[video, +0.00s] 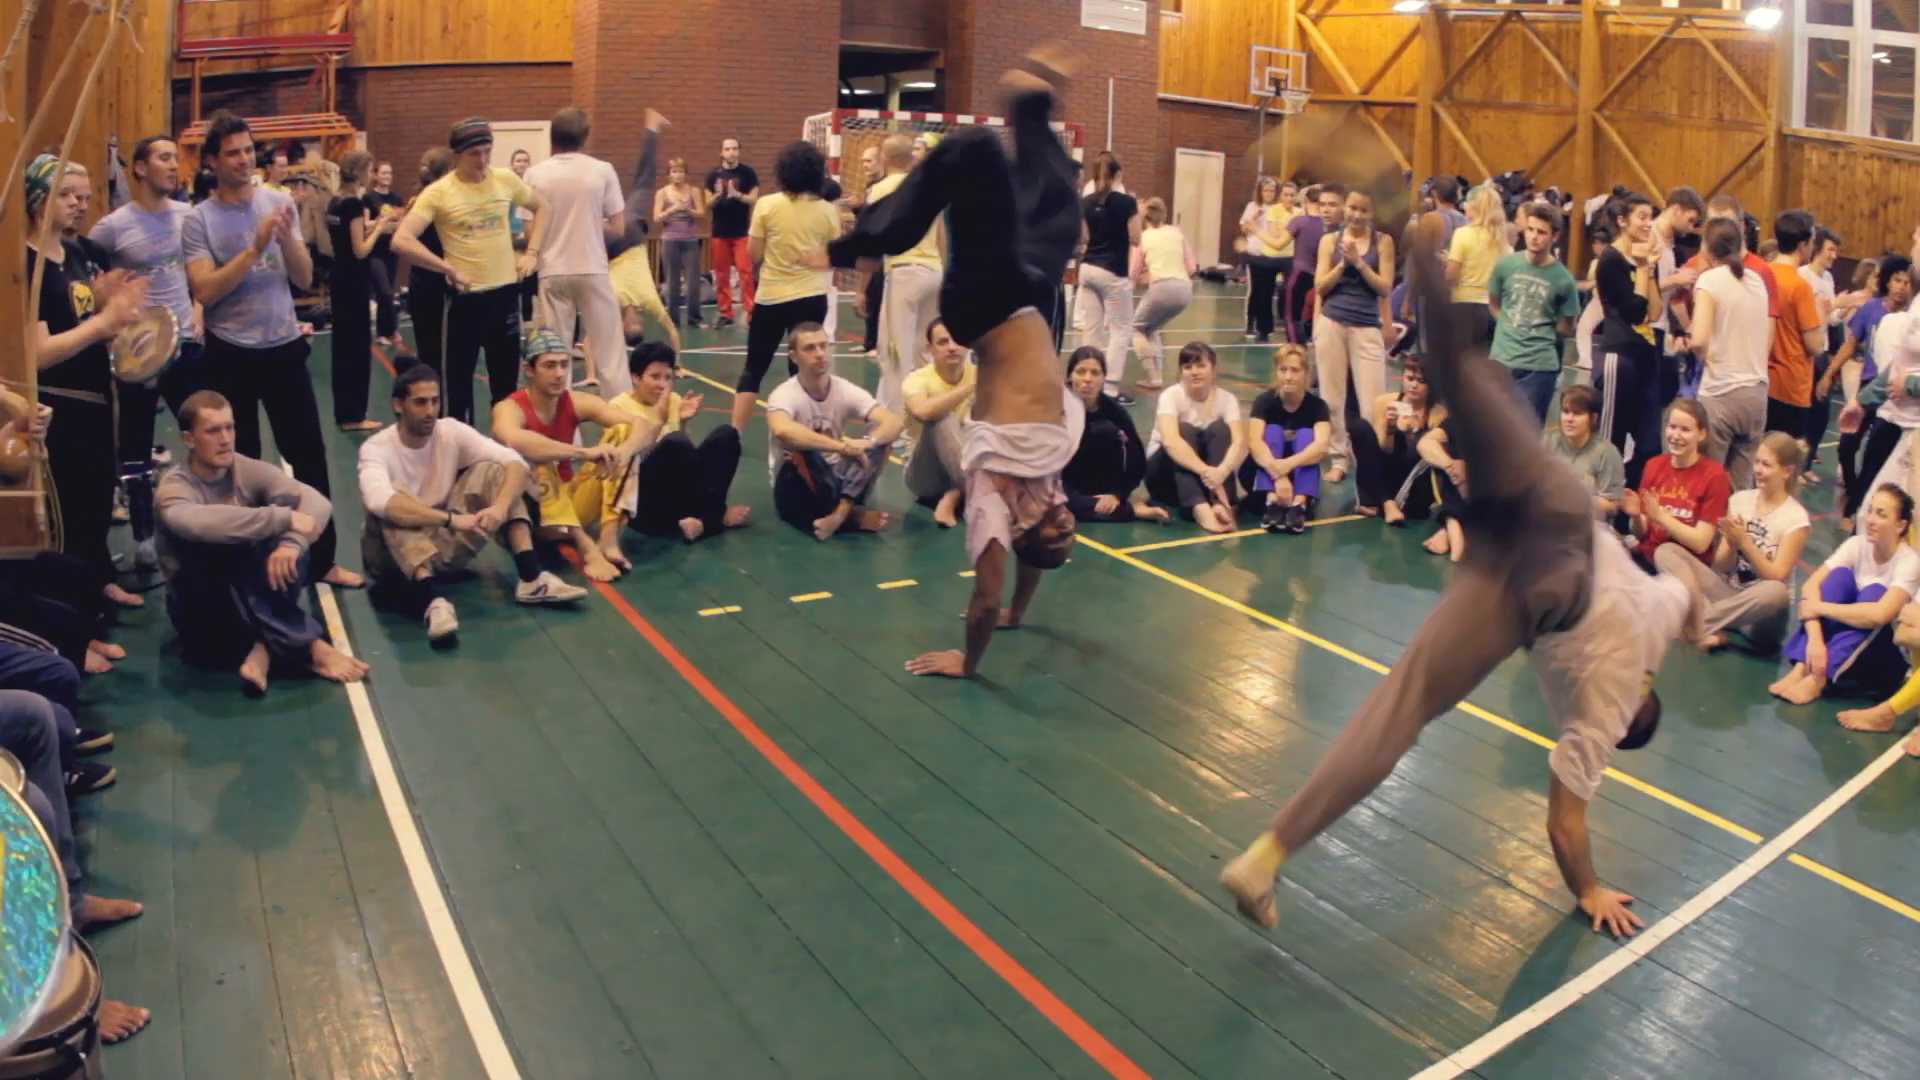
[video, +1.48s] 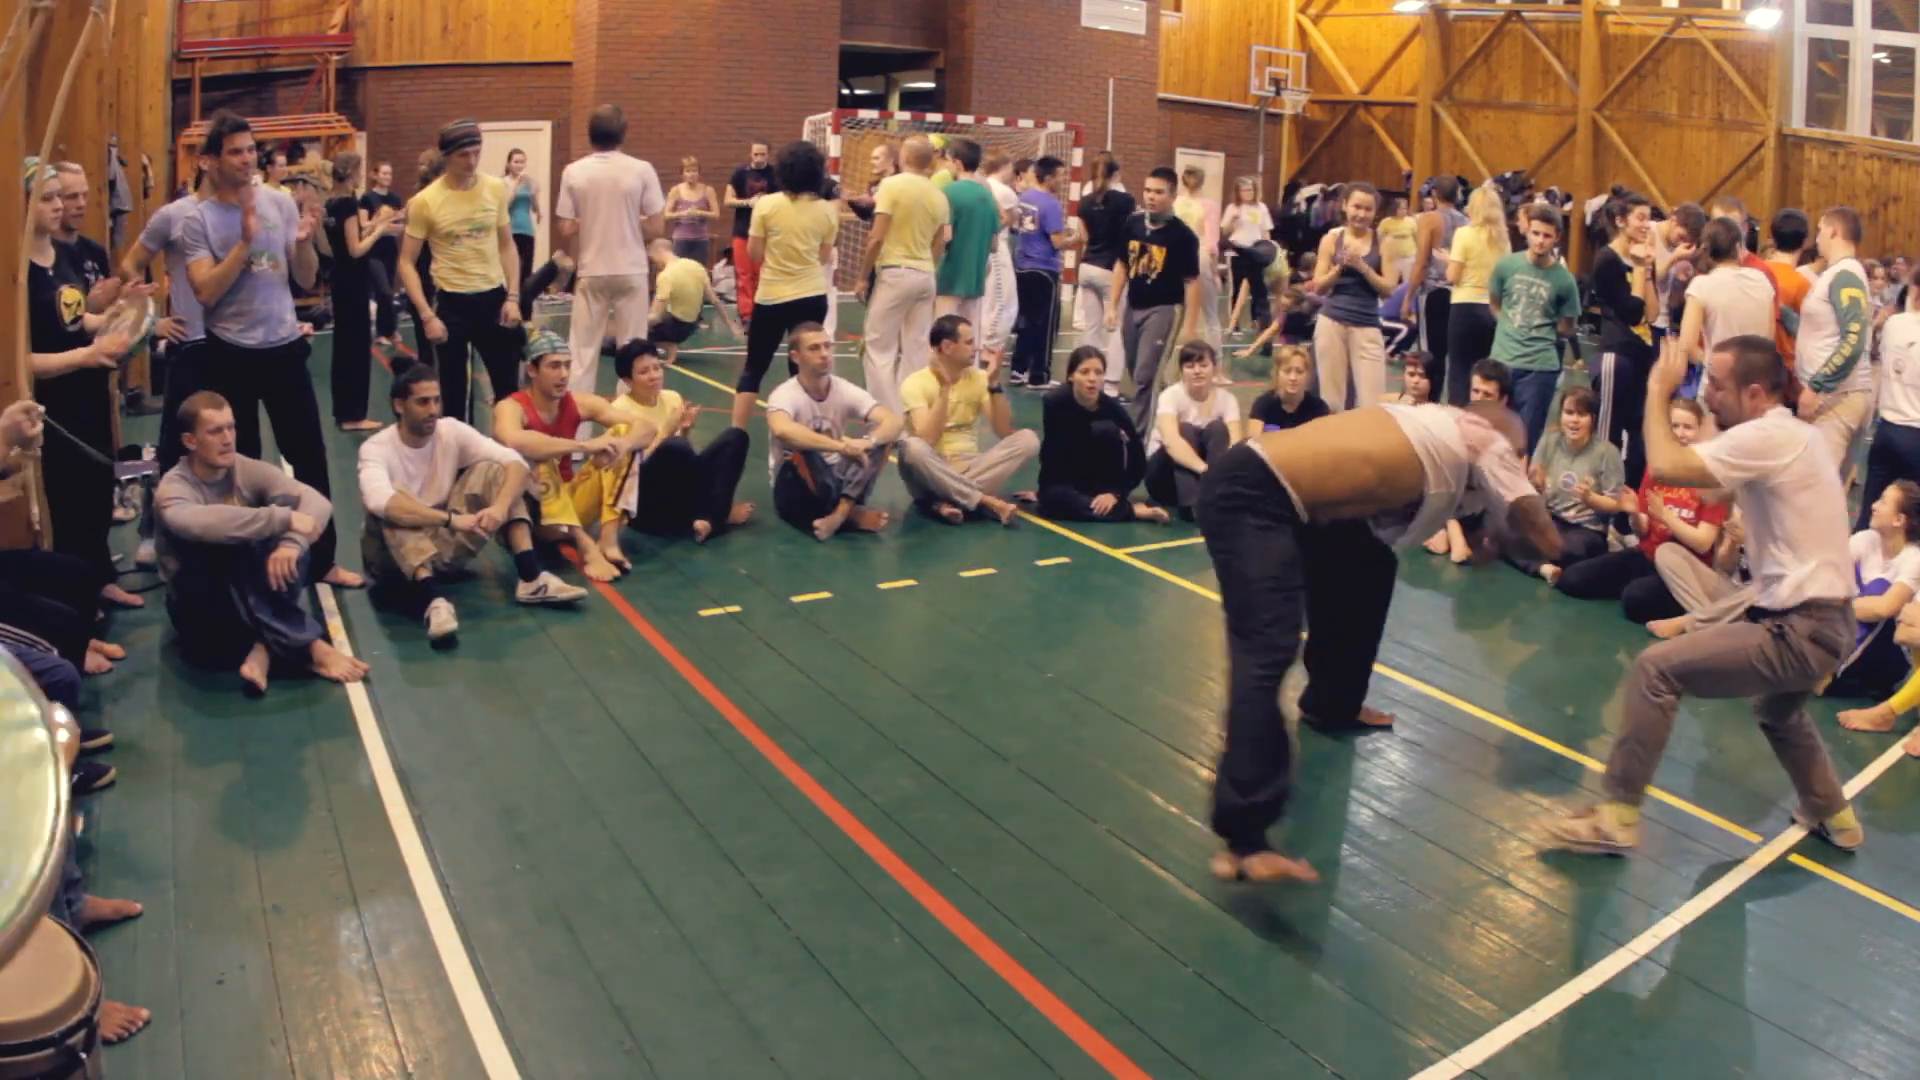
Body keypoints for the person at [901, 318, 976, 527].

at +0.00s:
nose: (952, 348)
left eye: (957, 340)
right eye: (943, 342)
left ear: (967, 344)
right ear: (931, 348)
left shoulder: (978, 375)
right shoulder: (916, 380)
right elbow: (923, 412)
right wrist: (970, 387)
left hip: (971, 470)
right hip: (927, 479)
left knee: (979, 424)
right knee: (943, 422)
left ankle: (954, 495)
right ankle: (979, 493)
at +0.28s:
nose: (947, 342)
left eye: (952, 335)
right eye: (938, 337)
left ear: (960, 339)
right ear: (924, 344)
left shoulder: (978, 375)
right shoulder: (911, 377)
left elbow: (1013, 409)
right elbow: (911, 410)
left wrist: (995, 370)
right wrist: (951, 373)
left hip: (971, 478)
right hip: (927, 479)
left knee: (995, 409)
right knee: (933, 421)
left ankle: (953, 497)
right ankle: (983, 493)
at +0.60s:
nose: (940, 338)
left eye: (944, 332)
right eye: (931, 334)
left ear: (950, 335)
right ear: (916, 342)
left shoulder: (969, 371)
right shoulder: (906, 376)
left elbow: (1008, 407)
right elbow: (911, 406)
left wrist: (985, 367)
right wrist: (950, 374)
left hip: (969, 475)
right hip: (926, 477)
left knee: (1003, 411)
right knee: (918, 423)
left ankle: (952, 497)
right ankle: (978, 490)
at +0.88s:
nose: (944, 341)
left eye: (948, 334)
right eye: (934, 337)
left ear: (954, 337)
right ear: (919, 345)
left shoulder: (969, 374)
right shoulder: (909, 380)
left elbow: (1002, 420)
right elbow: (924, 426)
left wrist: (986, 378)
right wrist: (960, 388)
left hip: (969, 468)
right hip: (929, 474)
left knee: (1017, 426)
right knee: (914, 437)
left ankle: (952, 498)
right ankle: (987, 500)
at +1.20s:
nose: (956, 344)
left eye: (958, 337)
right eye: (946, 339)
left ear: (963, 339)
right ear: (927, 345)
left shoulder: (975, 375)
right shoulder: (913, 383)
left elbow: (1007, 429)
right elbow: (928, 431)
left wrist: (991, 377)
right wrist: (954, 386)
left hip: (973, 466)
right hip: (933, 467)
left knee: (1031, 442)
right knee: (915, 445)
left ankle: (953, 500)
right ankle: (989, 501)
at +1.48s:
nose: (975, 348)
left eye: (973, 342)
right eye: (969, 342)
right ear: (947, 346)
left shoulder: (979, 378)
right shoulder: (915, 384)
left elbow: (1004, 431)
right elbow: (927, 440)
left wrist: (994, 384)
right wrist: (944, 390)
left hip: (974, 466)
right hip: (935, 468)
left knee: (1028, 440)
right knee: (911, 447)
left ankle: (953, 500)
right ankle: (986, 502)